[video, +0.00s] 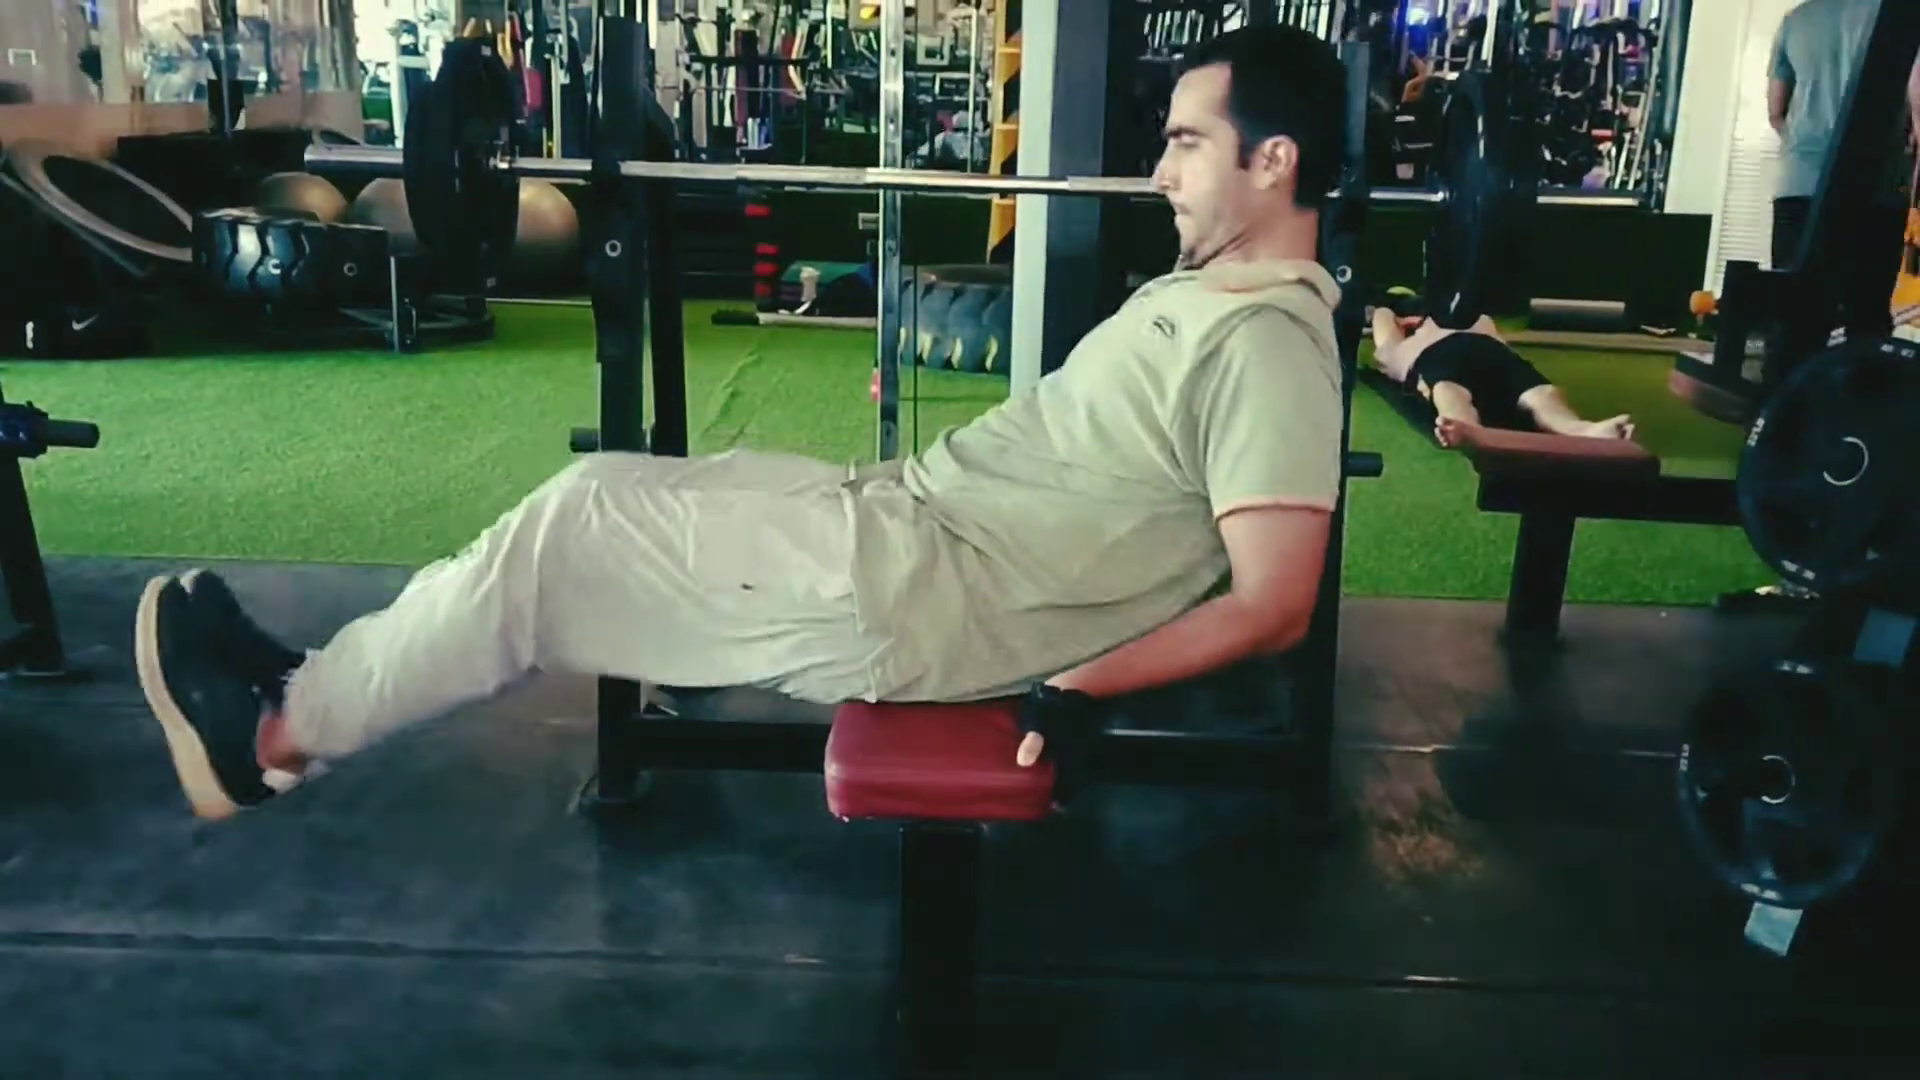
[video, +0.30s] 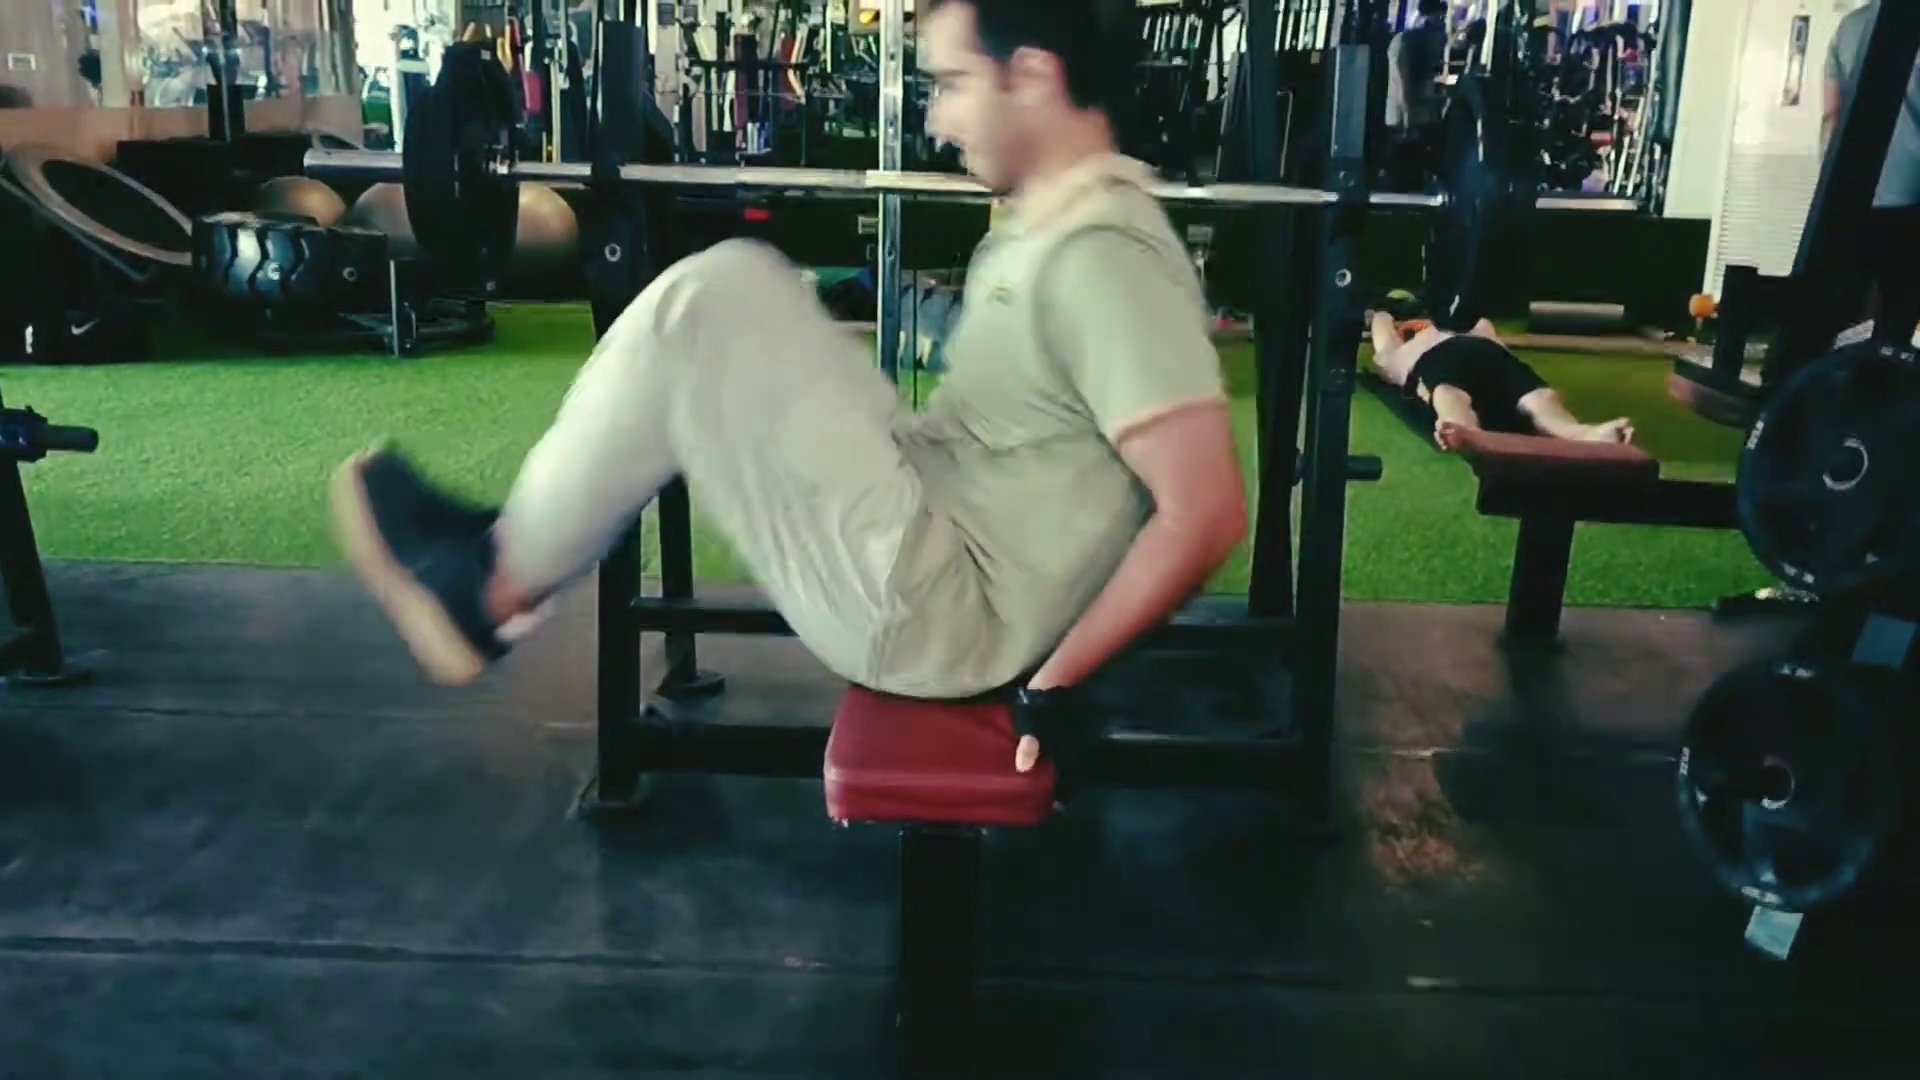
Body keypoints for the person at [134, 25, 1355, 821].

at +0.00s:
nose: (1164, 169)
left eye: (1190, 143)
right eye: (1170, 142)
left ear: (1280, 165)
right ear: (1261, 168)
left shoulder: (1269, 335)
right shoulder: (1212, 300)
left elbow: (1275, 602)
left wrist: (1068, 686)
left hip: (935, 590)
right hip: (908, 523)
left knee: (575, 535)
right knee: (589, 494)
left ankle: (272, 743)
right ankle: (303, 702)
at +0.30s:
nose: (932, 115)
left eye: (945, 82)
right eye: (928, 84)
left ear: (1036, 79)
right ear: (1033, 84)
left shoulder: (1096, 243)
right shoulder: (1050, 224)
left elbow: (1206, 511)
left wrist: (1042, 693)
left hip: (947, 612)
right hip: (927, 574)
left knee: (719, 292)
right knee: (724, 290)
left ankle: (496, 588)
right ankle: (503, 577)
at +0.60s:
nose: (1015, 133)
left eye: (1032, 101)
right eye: (1013, 103)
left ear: (1124, 104)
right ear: (1111, 104)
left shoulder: (1155, 274)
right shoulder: (1109, 251)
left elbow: (1241, 542)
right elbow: (1177, 506)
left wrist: (1050, 675)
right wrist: (1036, 636)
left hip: (937, 608)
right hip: (922, 558)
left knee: (627, 371)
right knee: (657, 340)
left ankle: (382, 653)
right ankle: (410, 617)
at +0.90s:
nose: (1145, 165)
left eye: (1171, 138)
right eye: (1150, 138)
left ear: (1263, 158)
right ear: (1245, 162)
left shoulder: (1252, 327)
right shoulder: (1197, 295)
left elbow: (1269, 599)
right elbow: (1212, 552)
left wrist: (1057, 686)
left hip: (939, 600)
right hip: (909, 538)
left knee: (576, 517)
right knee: (588, 484)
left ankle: (263, 726)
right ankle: (297, 677)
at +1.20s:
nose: (913, 121)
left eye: (926, 90)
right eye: (910, 92)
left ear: (1009, 91)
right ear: (1010, 96)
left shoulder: (1078, 256)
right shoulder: (1031, 238)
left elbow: (1202, 516)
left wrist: (1039, 701)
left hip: (935, 629)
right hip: (919, 594)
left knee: (738, 284)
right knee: (746, 278)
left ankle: (494, 572)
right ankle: (510, 540)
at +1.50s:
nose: (1084, 165)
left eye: (1107, 137)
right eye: (1088, 137)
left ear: (1197, 150)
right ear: (1176, 152)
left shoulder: (1216, 324)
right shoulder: (1159, 294)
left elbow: (1255, 598)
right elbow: (1077, 488)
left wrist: (1058, 716)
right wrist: (909, 493)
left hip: (956, 639)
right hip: (937, 585)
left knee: (634, 410)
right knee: (651, 390)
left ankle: (350, 660)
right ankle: (371, 633)